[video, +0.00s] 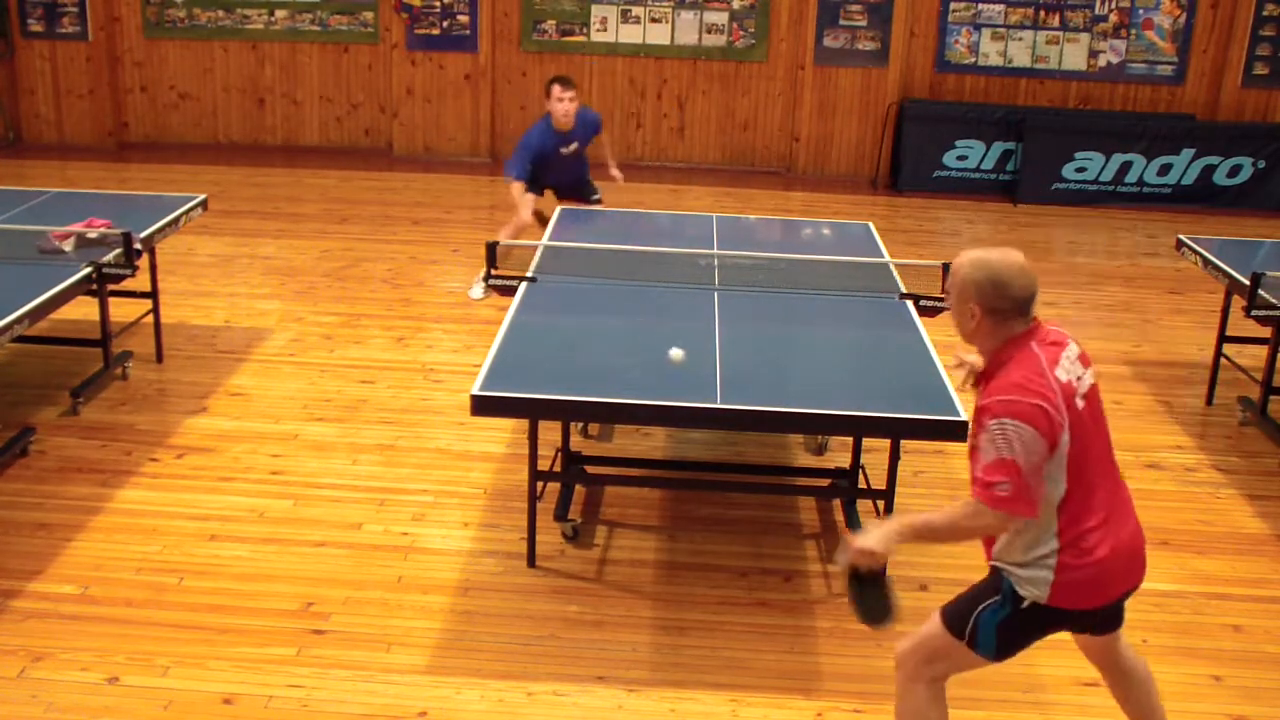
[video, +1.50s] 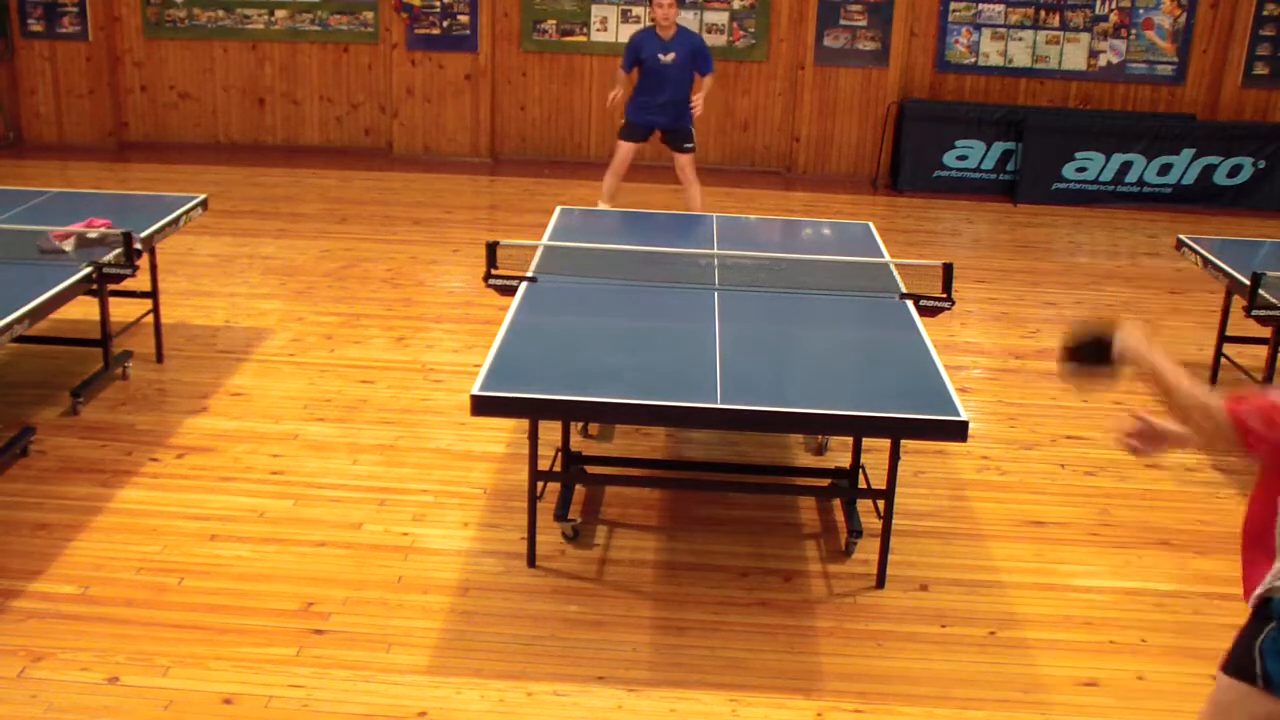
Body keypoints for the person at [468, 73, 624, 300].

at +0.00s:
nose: (566, 107)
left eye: (571, 100)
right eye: (560, 101)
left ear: (578, 102)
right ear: (548, 104)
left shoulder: (589, 120)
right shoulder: (537, 136)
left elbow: (601, 138)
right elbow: (516, 180)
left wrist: (611, 165)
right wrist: (525, 211)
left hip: (574, 177)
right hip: (539, 178)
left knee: (599, 220)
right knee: (524, 219)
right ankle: (487, 273)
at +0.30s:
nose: (648, 58)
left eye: (653, 52)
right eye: (642, 52)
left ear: (660, 56)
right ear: (632, 55)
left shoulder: (674, 87)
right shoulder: (617, 88)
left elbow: (684, 114)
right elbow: (591, 121)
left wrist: (684, 146)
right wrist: (603, 153)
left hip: (657, 151)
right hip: (619, 148)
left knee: (678, 210)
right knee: (592, 204)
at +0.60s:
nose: (656, 77)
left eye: (662, 71)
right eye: (653, 72)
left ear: (677, 72)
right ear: (650, 75)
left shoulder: (703, 97)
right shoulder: (658, 107)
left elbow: (738, 124)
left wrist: (745, 160)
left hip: (721, 167)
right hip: (685, 167)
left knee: (749, 221)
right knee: (651, 207)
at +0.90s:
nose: (646, 41)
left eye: (652, 35)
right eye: (642, 35)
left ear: (665, 39)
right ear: (638, 40)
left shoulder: (687, 64)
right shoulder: (635, 75)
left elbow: (721, 84)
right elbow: (608, 104)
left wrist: (727, 100)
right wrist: (594, 93)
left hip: (695, 142)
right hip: (656, 145)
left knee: (722, 193)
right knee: (643, 195)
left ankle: (752, 235)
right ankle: (639, 246)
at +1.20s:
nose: (665, 21)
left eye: (670, 15)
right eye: (660, 15)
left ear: (677, 19)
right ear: (651, 19)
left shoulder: (694, 52)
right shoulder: (637, 53)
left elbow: (707, 82)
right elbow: (615, 81)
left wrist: (711, 105)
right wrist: (601, 86)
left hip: (681, 132)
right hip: (646, 132)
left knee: (697, 191)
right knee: (644, 186)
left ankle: (699, 239)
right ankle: (629, 239)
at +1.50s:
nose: (665, 12)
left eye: (670, 7)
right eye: (660, 7)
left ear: (677, 11)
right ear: (652, 11)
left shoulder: (693, 41)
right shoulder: (640, 39)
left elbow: (708, 73)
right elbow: (625, 68)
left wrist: (702, 95)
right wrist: (622, 87)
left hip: (677, 114)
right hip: (641, 112)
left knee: (687, 171)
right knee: (619, 162)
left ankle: (697, 222)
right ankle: (603, 208)